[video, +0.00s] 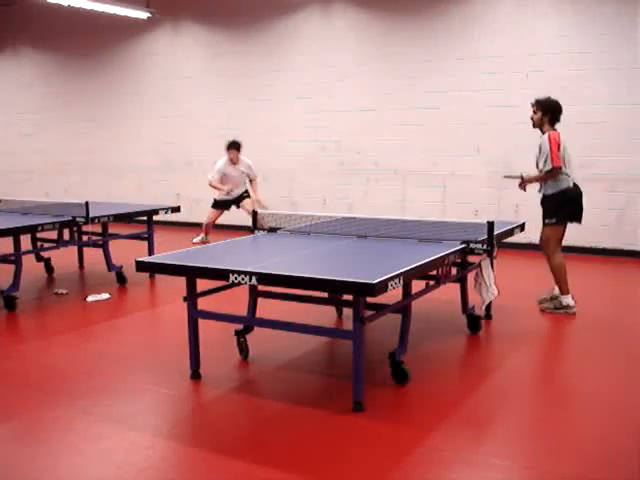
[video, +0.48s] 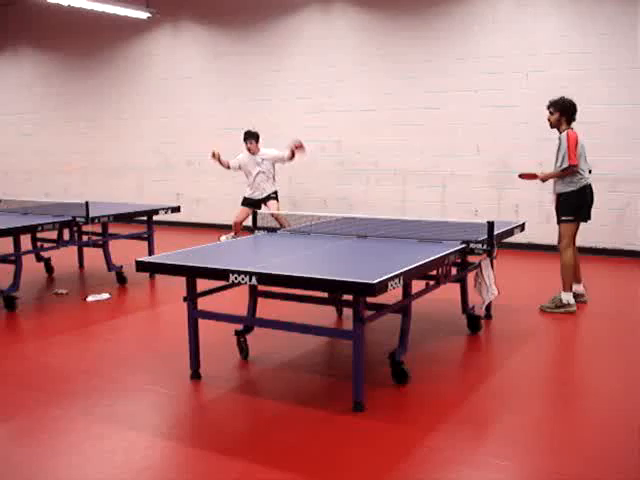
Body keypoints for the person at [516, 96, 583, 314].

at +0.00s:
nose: (531, 116)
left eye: (535, 112)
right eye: (533, 112)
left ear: (546, 116)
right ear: (547, 116)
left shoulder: (550, 137)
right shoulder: (548, 137)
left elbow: (555, 169)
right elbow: (552, 170)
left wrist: (530, 179)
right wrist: (530, 178)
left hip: (560, 195)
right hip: (555, 195)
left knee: (552, 246)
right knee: (546, 243)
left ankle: (566, 298)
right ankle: (559, 291)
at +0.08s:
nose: (534, 119)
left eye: (537, 115)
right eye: (535, 115)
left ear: (546, 118)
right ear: (553, 119)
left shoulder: (551, 141)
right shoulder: (560, 140)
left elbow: (554, 171)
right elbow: (558, 172)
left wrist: (533, 183)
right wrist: (539, 187)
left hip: (561, 196)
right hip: (568, 194)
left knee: (549, 248)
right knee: (552, 246)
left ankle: (565, 298)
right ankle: (562, 292)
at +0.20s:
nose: (539, 115)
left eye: (542, 111)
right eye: (540, 111)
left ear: (553, 114)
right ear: (558, 115)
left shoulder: (554, 136)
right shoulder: (570, 136)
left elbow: (556, 164)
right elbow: (583, 166)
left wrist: (535, 176)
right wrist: (562, 177)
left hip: (561, 191)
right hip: (573, 189)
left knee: (556, 245)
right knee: (558, 243)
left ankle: (565, 298)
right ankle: (570, 288)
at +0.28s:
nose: (542, 116)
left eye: (545, 112)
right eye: (543, 111)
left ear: (556, 115)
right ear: (561, 116)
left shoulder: (557, 137)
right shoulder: (572, 137)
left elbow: (559, 165)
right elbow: (587, 165)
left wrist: (540, 174)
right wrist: (573, 181)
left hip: (562, 192)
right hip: (574, 190)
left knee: (559, 247)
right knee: (562, 244)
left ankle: (566, 298)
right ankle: (575, 287)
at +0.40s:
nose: (547, 117)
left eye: (550, 113)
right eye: (547, 113)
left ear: (562, 116)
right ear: (562, 117)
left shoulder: (566, 136)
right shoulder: (569, 136)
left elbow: (569, 167)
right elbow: (586, 168)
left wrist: (547, 175)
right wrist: (555, 177)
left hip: (570, 193)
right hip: (575, 191)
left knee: (563, 247)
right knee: (567, 245)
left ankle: (566, 297)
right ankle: (577, 288)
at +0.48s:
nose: (548, 117)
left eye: (552, 113)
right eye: (548, 113)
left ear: (563, 116)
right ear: (563, 117)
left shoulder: (569, 136)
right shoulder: (568, 136)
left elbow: (572, 167)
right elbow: (572, 167)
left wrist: (549, 175)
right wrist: (552, 178)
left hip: (572, 191)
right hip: (572, 190)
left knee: (565, 245)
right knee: (569, 244)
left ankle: (566, 296)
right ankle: (577, 289)